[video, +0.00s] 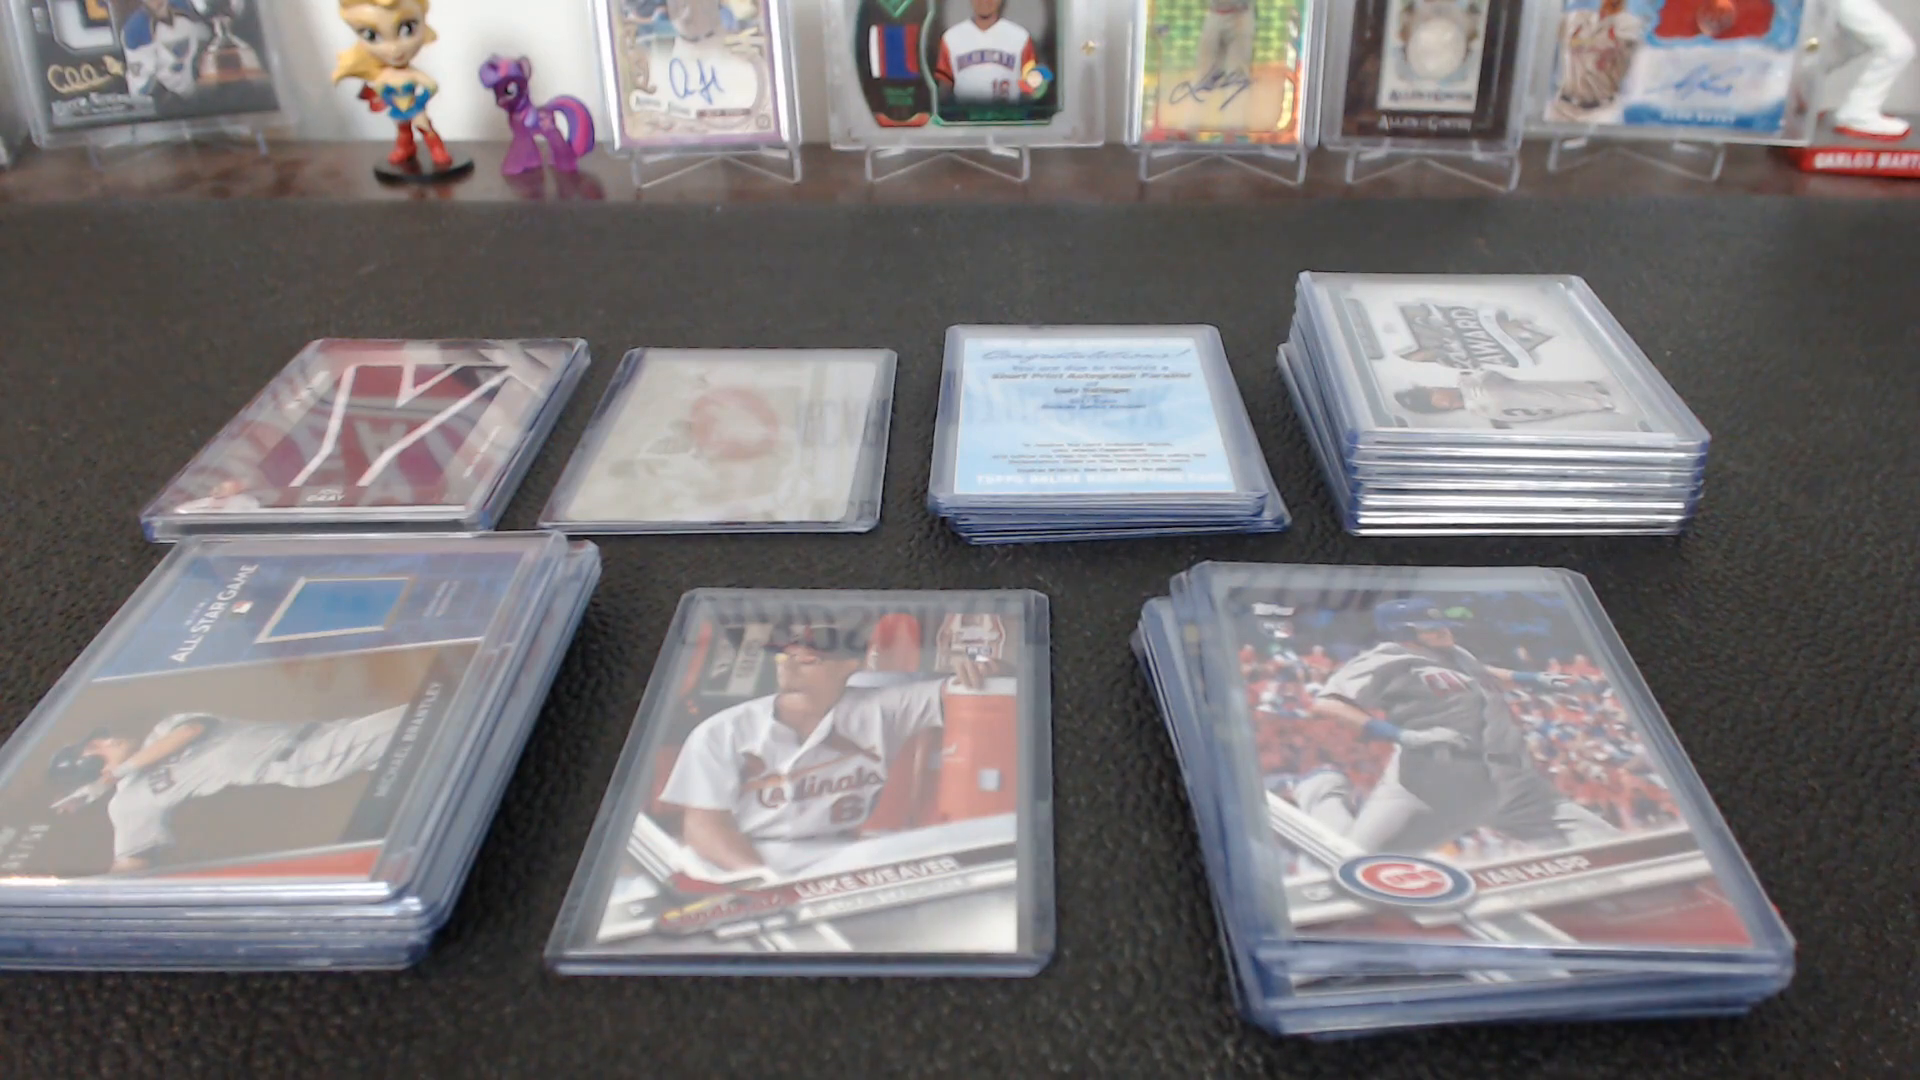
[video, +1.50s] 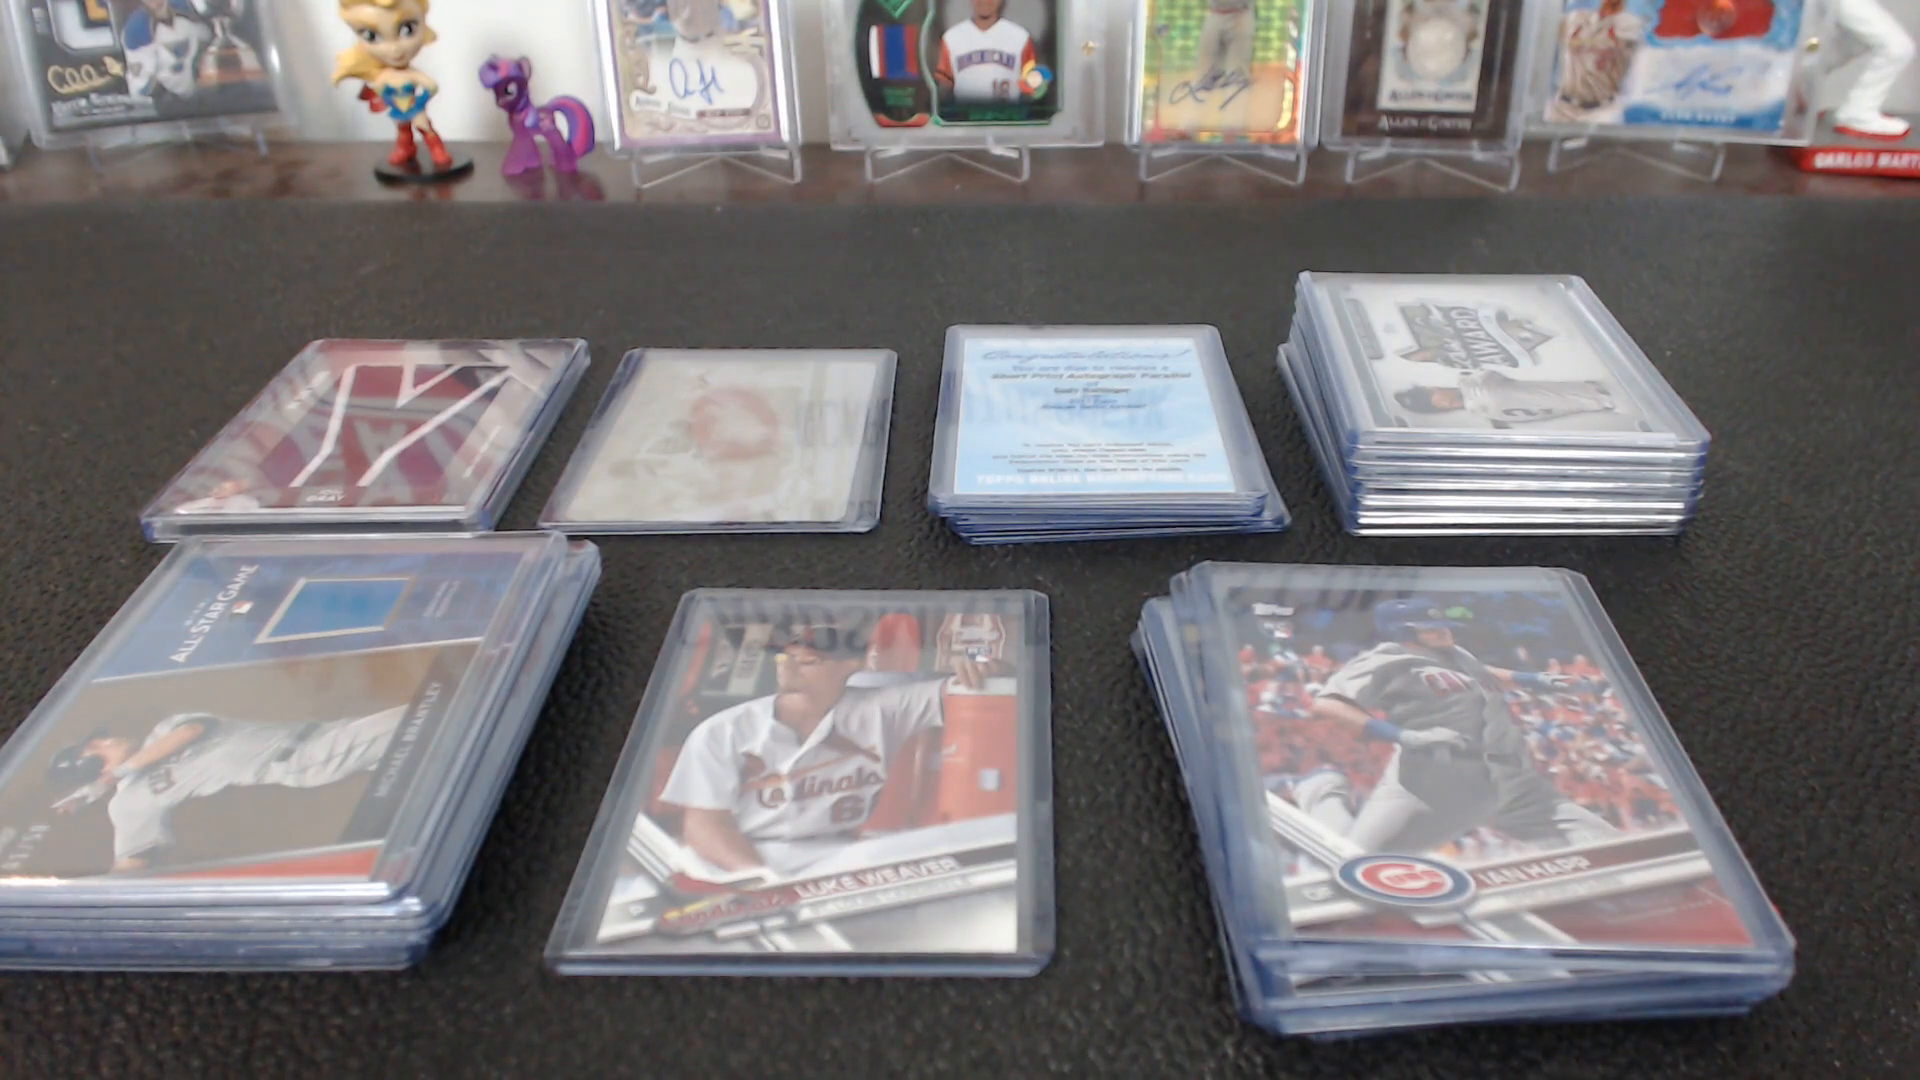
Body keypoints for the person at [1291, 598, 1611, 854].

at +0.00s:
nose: (1446, 631)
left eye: (1446, 622)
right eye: (1434, 623)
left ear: (1450, 623)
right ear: (1405, 628)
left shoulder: (1458, 656)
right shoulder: (1388, 659)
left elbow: (1488, 676)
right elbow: (1328, 704)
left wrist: (1538, 682)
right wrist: (1404, 736)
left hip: (1508, 788)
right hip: (1427, 796)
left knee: (1609, 846)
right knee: (1352, 868)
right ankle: (1321, 792)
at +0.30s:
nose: (1447, 630)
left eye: (1446, 622)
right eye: (1435, 622)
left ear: (1448, 625)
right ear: (1407, 628)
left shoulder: (1459, 657)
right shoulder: (1388, 659)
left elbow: (1490, 677)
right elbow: (1328, 704)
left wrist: (1539, 682)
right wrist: (1405, 736)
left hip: (1510, 790)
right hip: (1426, 798)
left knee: (1614, 850)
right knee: (1353, 868)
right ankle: (1321, 792)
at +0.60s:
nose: (1447, 630)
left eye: (1446, 622)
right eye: (1435, 622)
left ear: (1448, 624)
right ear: (1406, 628)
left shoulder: (1459, 657)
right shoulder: (1388, 659)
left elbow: (1489, 677)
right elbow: (1328, 704)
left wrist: (1538, 682)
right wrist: (1405, 736)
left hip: (1510, 790)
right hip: (1426, 798)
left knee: (1614, 850)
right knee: (1353, 868)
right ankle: (1321, 792)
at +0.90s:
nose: (1446, 630)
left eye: (1445, 621)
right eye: (1434, 622)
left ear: (1446, 625)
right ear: (1406, 628)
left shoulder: (1459, 657)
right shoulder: (1388, 659)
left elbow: (1490, 677)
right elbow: (1328, 704)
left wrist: (1538, 682)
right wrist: (1405, 736)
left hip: (1509, 790)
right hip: (1426, 798)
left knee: (1614, 850)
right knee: (1352, 868)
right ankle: (1321, 792)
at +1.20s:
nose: (1446, 630)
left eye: (1445, 622)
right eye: (1434, 622)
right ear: (1406, 629)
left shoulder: (1459, 657)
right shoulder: (1388, 659)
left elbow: (1490, 677)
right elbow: (1328, 704)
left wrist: (1539, 682)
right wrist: (1405, 736)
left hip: (1509, 789)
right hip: (1426, 798)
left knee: (1614, 850)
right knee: (1352, 868)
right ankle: (1321, 792)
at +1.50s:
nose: (1446, 630)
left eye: (1446, 622)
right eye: (1434, 623)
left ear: (1447, 625)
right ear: (1406, 629)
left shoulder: (1459, 657)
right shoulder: (1388, 659)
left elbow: (1490, 676)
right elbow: (1328, 704)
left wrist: (1539, 682)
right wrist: (1404, 736)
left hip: (1511, 790)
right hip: (1427, 798)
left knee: (1614, 850)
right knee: (1352, 869)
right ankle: (1321, 792)